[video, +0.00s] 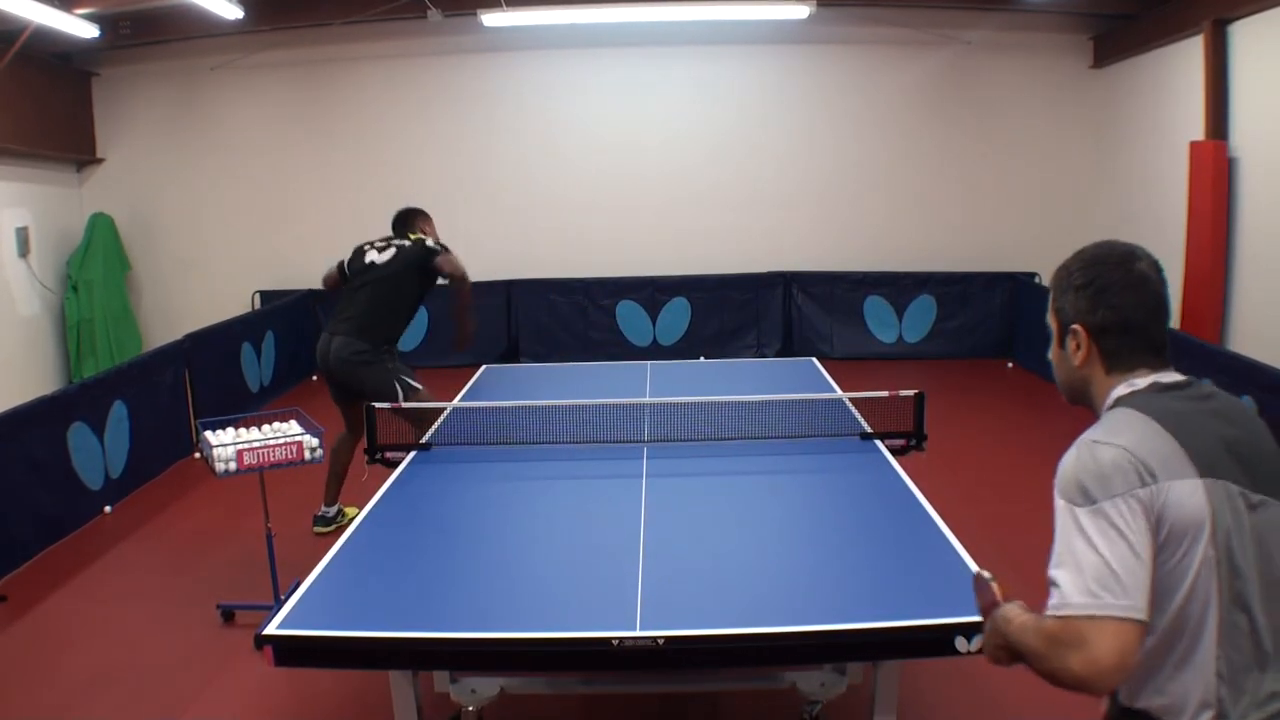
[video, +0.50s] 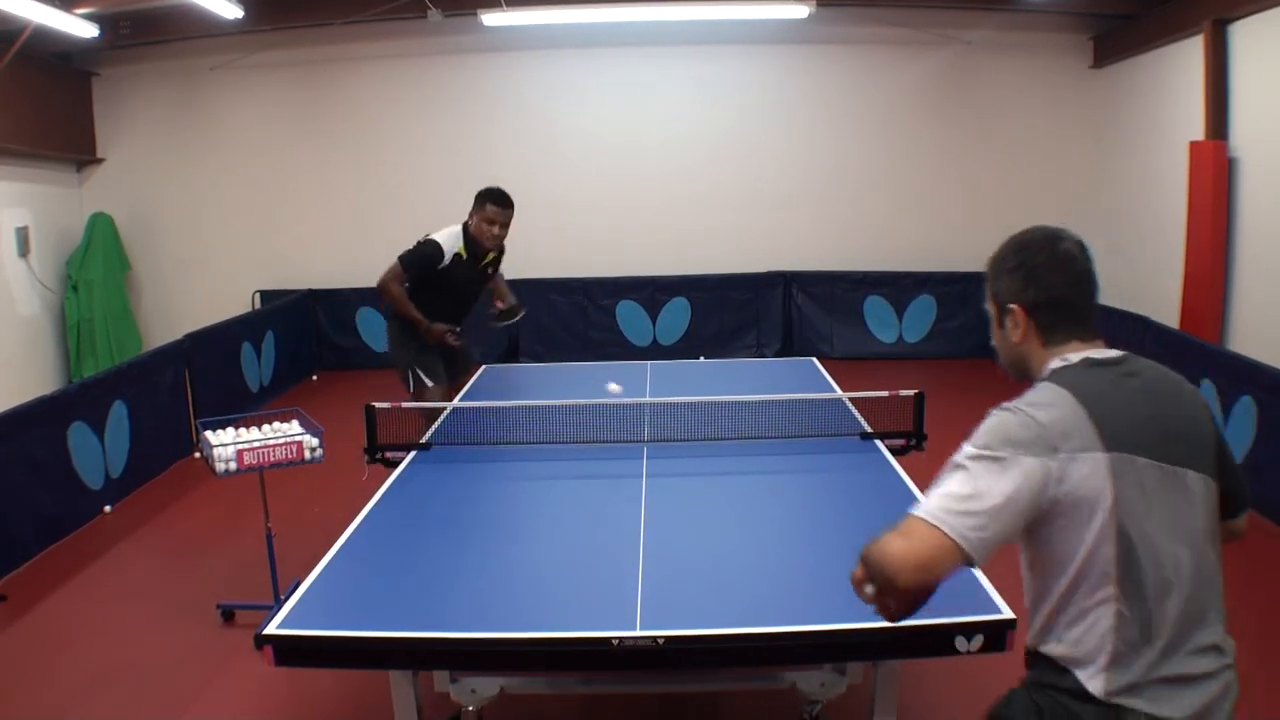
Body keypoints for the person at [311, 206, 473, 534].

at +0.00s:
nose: (435, 234)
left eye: (432, 229)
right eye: (432, 229)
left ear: (399, 231)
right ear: (422, 228)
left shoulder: (367, 249)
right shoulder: (424, 247)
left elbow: (329, 280)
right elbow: (458, 272)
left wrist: (364, 281)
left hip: (329, 351)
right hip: (366, 353)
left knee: (353, 427)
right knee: (433, 421)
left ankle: (328, 511)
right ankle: (444, 503)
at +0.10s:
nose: (454, 247)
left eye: (452, 241)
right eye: (452, 241)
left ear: (419, 240)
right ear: (442, 238)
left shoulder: (391, 259)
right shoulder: (439, 259)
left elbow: (370, 301)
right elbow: (433, 298)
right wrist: (435, 346)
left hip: (340, 360)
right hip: (373, 366)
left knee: (363, 430)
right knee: (443, 428)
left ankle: (329, 511)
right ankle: (440, 509)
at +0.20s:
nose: (484, 257)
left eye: (484, 250)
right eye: (479, 249)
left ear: (454, 248)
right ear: (455, 247)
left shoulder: (430, 265)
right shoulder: (442, 268)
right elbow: (403, 298)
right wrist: (420, 352)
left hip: (360, 366)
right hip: (381, 372)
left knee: (380, 438)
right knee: (447, 429)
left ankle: (333, 507)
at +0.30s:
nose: (489, 254)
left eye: (495, 250)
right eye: (483, 245)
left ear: (498, 252)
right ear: (463, 239)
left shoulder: (461, 273)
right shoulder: (437, 266)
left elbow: (442, 307)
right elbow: (386, 293)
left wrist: (451, 337)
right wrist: (410, 348)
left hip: (407, 363)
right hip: (384, 364)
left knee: (418, 432)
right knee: (446, 417)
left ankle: (353, 482)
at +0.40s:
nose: (490, 241)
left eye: (497, 236)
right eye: (484, 231)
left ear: (502, 238)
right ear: (466, 226)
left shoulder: (480, 257)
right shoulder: (436, 253)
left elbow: (473, 285)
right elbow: (382, 289)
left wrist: (480, 309)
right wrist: (413, 338)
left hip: (434, 347)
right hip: (399, 349)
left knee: (454, 410)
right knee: (441, 417)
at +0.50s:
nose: (496, 232)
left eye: (504, 226)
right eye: (489, 223)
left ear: (510, 226)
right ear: (472, 218)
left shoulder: (495, 250)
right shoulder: (438, 247)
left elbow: (491, 275)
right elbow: (388, 283)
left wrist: (507, 301)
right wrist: (426, 327)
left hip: (449, 331)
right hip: (411, 330)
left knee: (470, 391)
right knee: (436, 402)